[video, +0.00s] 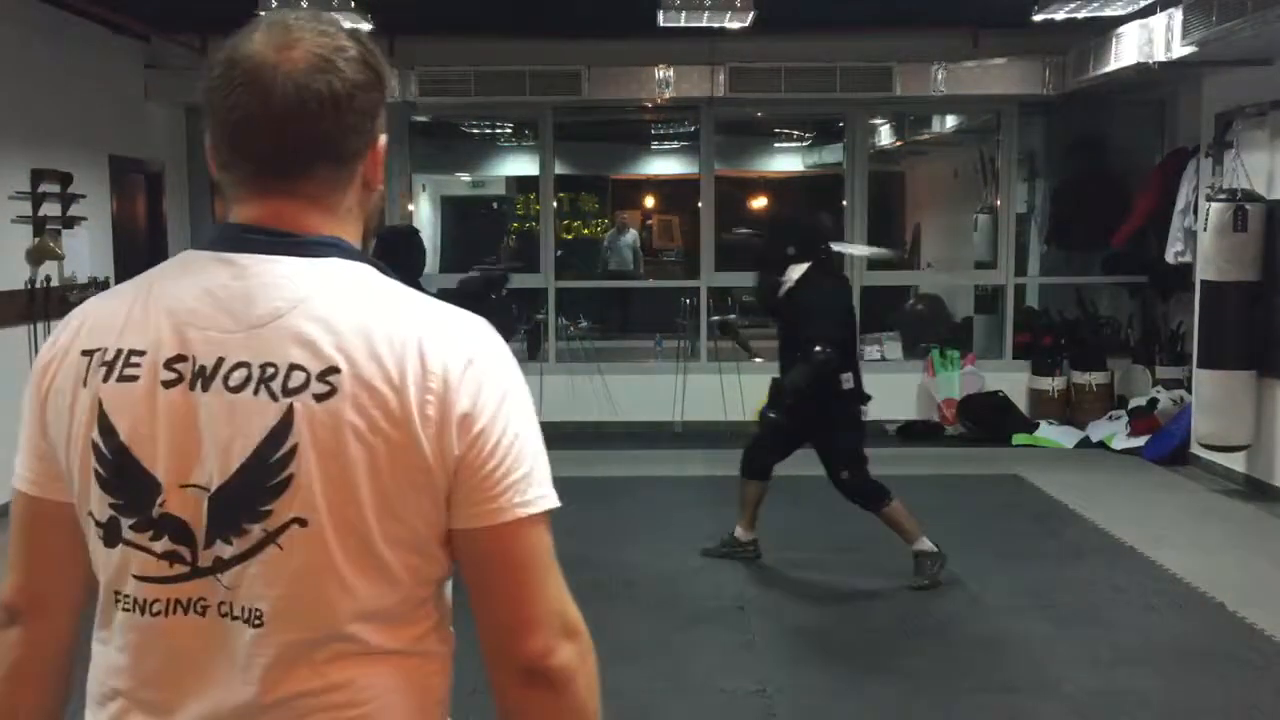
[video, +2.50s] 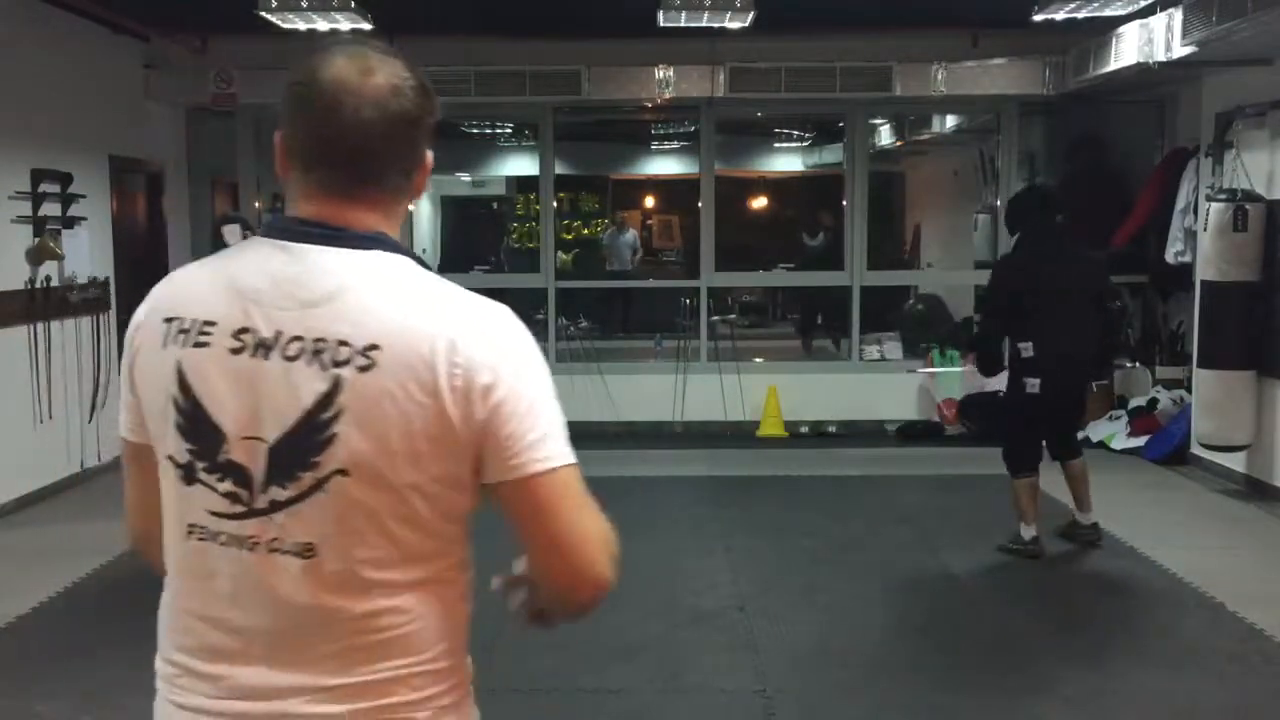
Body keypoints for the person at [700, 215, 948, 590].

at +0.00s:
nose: (769, 259)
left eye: (774, 251)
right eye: (770, 252)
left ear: (791, 250)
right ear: (811, 250)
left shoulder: (823, 287)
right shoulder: (797, 285)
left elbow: (826, 352)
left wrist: (785, 394)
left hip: (831, 402)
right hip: (801, 399)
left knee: (853, 481)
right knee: (756, 458)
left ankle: (926, 550)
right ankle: (743, 536)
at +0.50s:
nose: (749, 252)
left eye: (753, 245)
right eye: (751, 246)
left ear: (766, 245)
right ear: (784, 243)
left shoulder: (808, 280)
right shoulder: (756, 285)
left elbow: (847, 334)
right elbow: (750, 337)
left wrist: (854, 389)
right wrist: (701, 346)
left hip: (816, 392)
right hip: (783, 391)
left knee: (827, 471)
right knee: (744, 456)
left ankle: (893, 539)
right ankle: (742, 536)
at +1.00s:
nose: (829, 239)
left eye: (835, 230)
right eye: (828, 229)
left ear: (852, 230)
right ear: (878, 229)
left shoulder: (868, 274)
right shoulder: (894, 269)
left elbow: (846, 326)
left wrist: (806, 315)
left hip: (873, 389)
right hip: (892, 385)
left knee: (865, 472)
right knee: (838, 457)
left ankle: (895, 556)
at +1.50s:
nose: (927, 238)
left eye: (930, 231)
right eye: (928, 231)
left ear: (944, 230)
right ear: (978, 225)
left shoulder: (944, 273)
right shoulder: (1006, 267)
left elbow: (934, 343)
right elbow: (1023, 328)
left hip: (959, 397)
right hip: (1009, 392)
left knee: (926, 477)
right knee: (1016, 476)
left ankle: (906, 557)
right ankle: (1042, 562)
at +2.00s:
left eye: (1002, 228)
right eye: (1031, 228)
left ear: (997, 231)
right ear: (1037, 230)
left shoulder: (981, 278)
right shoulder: (1064, 276)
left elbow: (957, 342)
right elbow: (1093, 334)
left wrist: (954, 393)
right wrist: (1077, 373)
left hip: (1007, 385)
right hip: (1057, 385)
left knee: (1013, 465)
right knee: (1048, 468)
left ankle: (1029, 537)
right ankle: (1039, 550)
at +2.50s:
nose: (1012, 229)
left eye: (1013, 222)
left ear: (1018, 223)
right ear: (1055, 217)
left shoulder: (1011, 266)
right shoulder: (1082, 257)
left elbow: (993, 322)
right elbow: (1105, 313)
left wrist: (989, 363)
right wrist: (1099, 361)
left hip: (1030, 368)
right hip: (1075, 364)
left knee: (1021, 446)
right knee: (1064, 437)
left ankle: (1028, 533)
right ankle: (1086, 521)